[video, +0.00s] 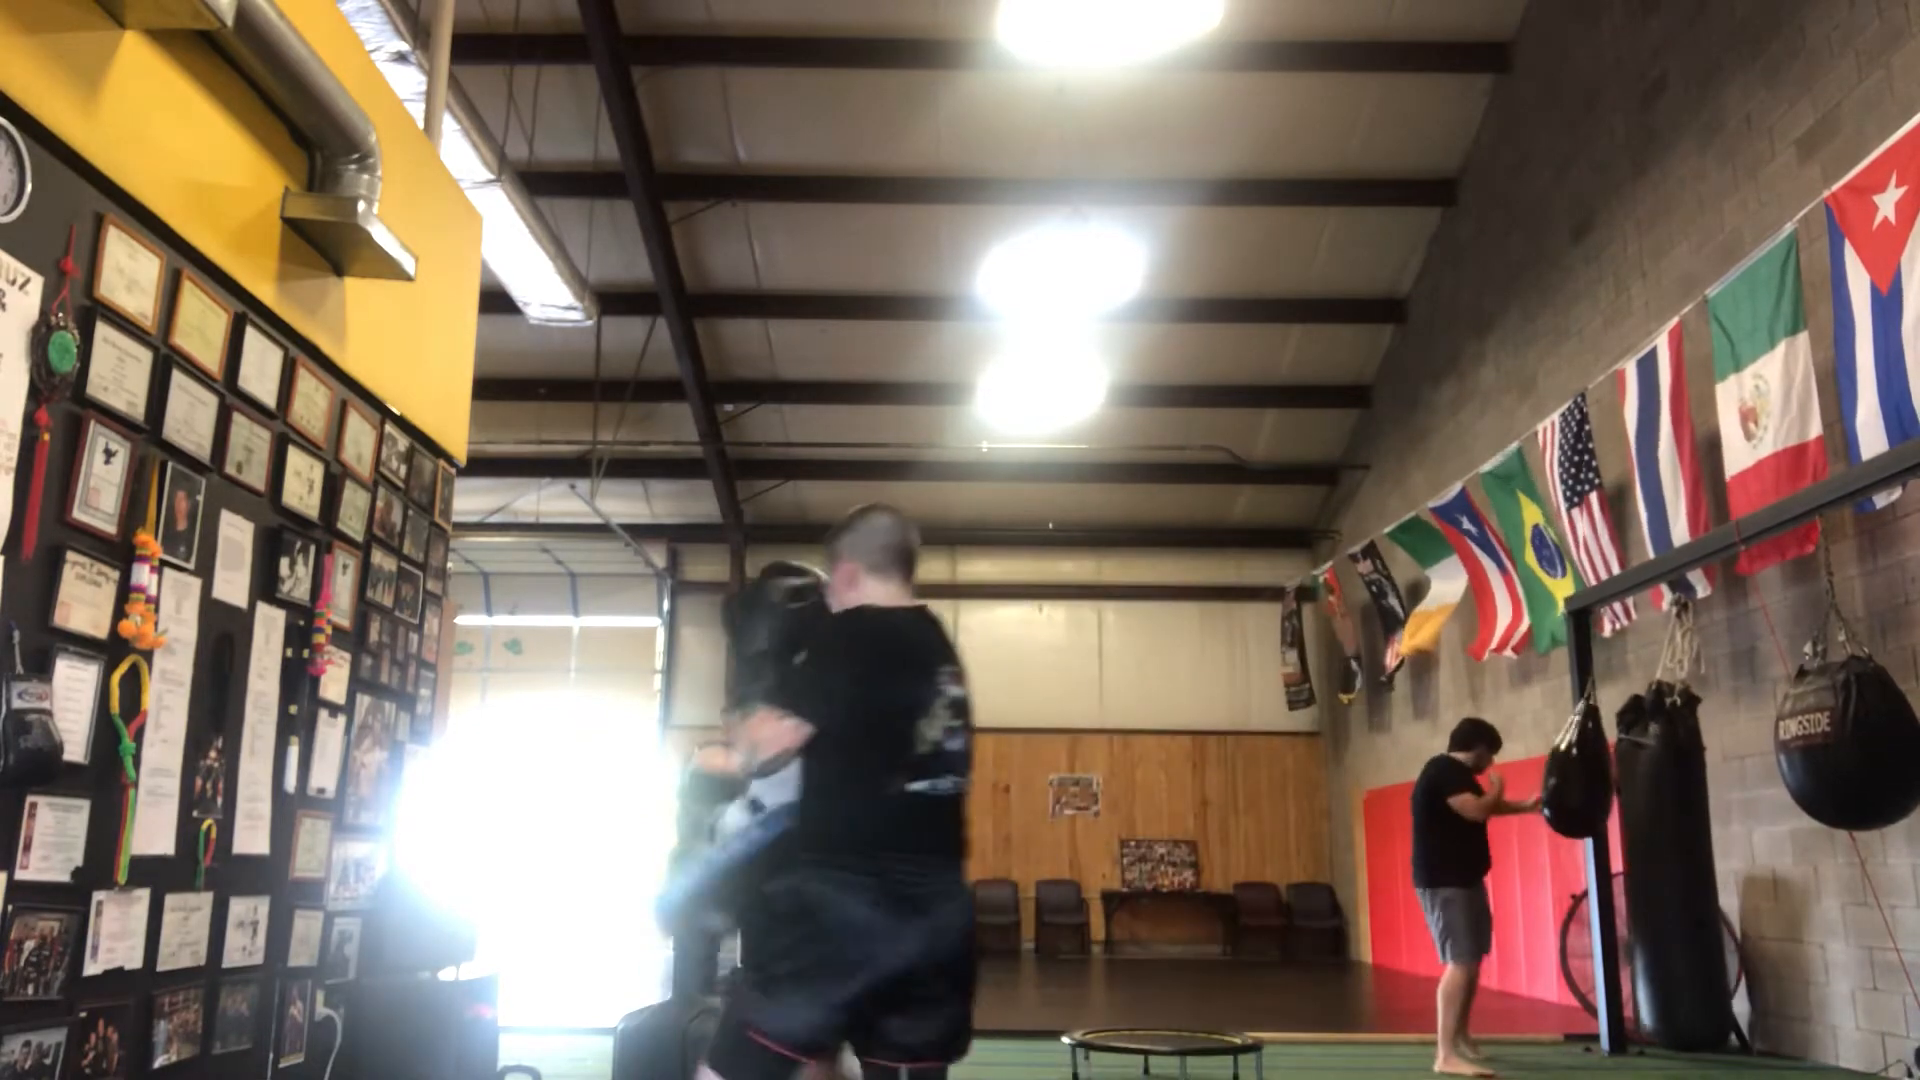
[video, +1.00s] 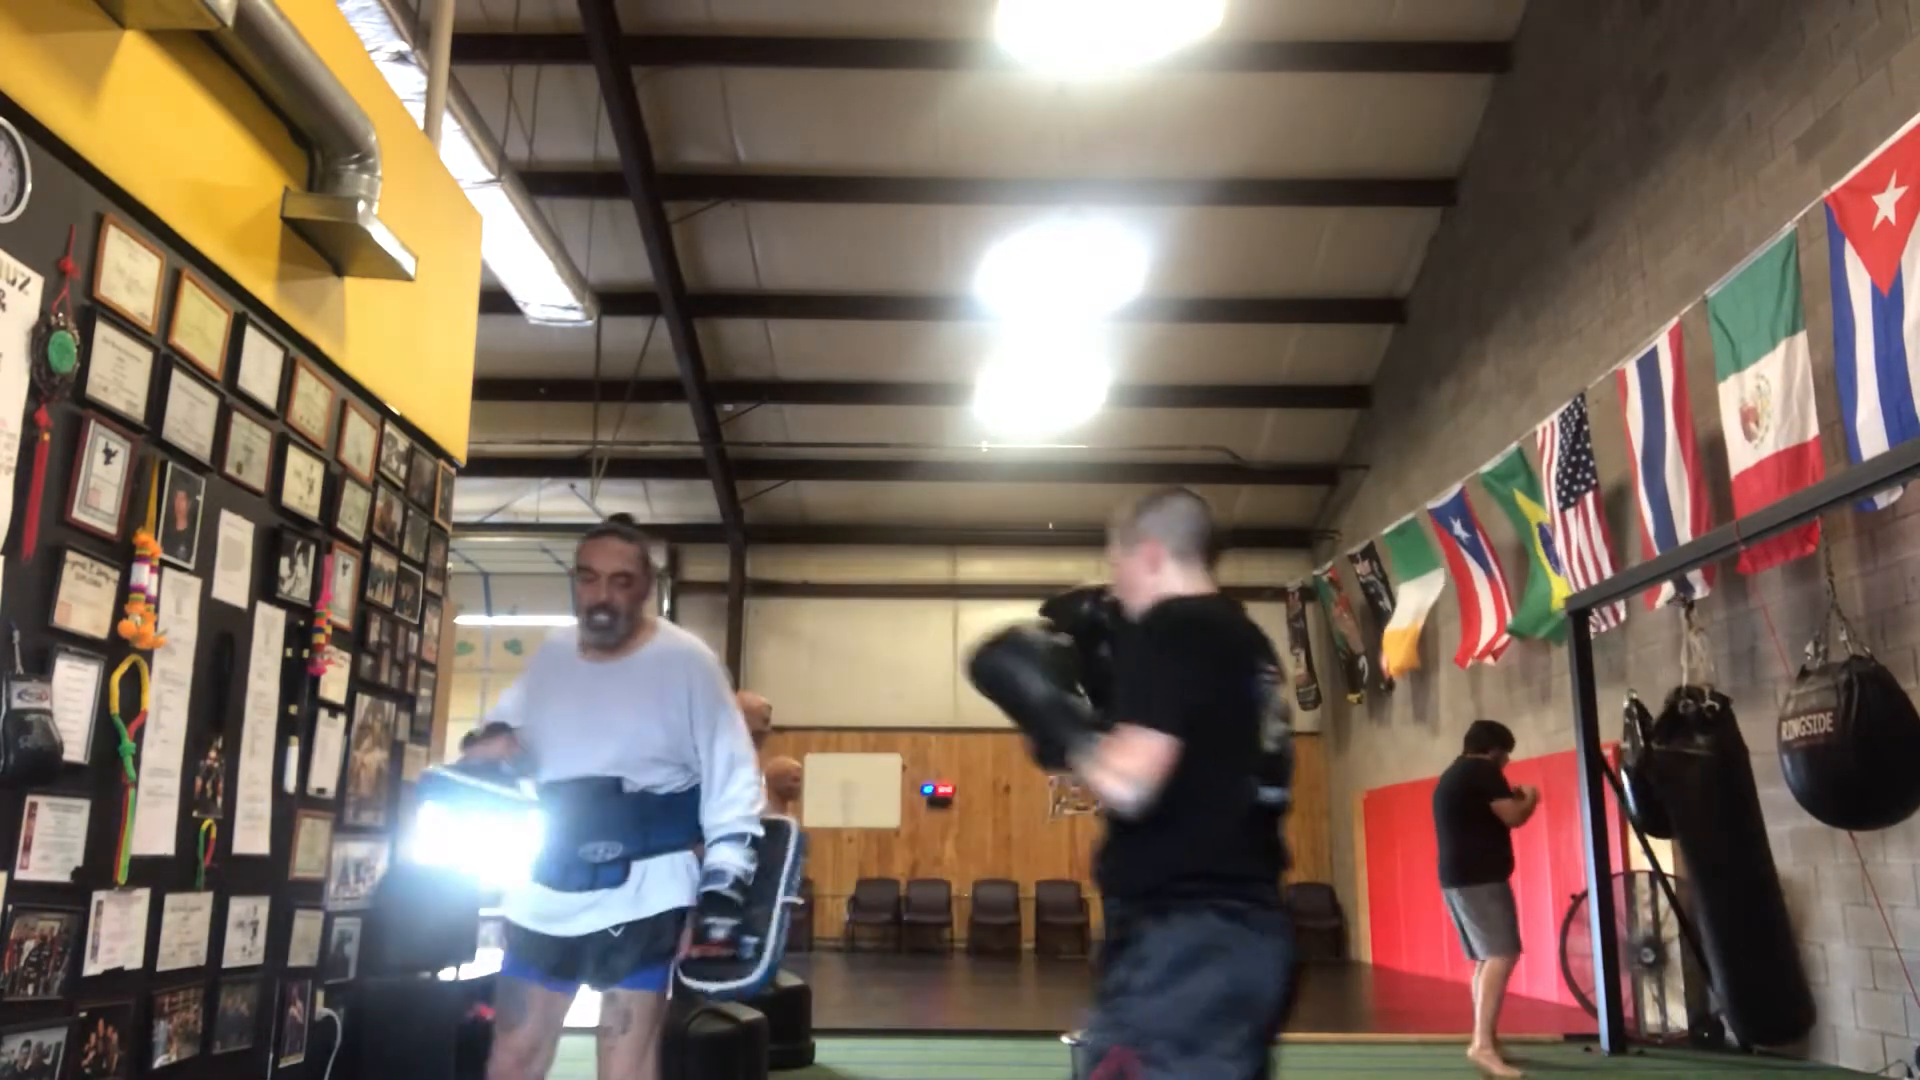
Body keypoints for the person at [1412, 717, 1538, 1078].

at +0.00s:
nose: (1489, 762)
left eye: (1491, 756)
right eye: (1488, 754)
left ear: (1465, 745)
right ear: (1474, 748)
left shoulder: (1463, 777)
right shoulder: (1442, 770)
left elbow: (1490, 808)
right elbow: (1473, 810)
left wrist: (1531, 805)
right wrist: (1496, 791)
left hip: (1467, 881)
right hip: (1444, 883)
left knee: (1471, 961)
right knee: (1460, 963)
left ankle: (1460, 1040)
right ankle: (1446, 1054)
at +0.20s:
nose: (1490, 761)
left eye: (1492, 754)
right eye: (1489, 753)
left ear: (1465, 747)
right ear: (1474, 749)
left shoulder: (1456, 776)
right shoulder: (1444, 775)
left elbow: (1466, 825)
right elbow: (1471, 828)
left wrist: (1495, 816)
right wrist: (1493, 808)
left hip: (1462, 881)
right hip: (1441, 883)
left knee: (1491, 947)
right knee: (1456, 964)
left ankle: (1464, 1028)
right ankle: (1445, 1056)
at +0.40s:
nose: (1490, 760)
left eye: (1492, 753)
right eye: (1489, 752)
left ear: (1457, 745)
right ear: (1475, 747)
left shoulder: (1434, 773)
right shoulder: (1458, 775)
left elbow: (1463, 825)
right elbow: (1482, 829)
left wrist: (1490, 807)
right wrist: (1503, 810)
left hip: (1456, 882)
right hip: (1449, 884)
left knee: (1490, 949)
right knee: (1451, 962)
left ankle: (1486, 1035)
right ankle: (1445, 1056)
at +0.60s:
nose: (1494, 763)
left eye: (1495, 756)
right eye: (1492, 756)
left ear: (1460, 750)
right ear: (1478, 752)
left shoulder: (1443, 779)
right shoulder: (1467, 778)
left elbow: (1471, 826)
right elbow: (1493, 827)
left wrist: (1504, 814)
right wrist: (1516, 814)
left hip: (1472, 885)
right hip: (1460, 884)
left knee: (1486, 960)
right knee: (1454, 962)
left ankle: (1488, 1045)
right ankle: (1445, 1055)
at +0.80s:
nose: (1499, 762)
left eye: (1501, 756)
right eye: (1498, 754)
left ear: (1467, 747)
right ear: (1485, 750)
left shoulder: (1452, 774)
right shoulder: (1474, 772)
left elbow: (1481, 819)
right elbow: (1500, 819)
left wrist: (1507, 799)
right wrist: (1520, 800)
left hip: (1457, 878)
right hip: (1470, 877)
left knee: (1485, 957)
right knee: (1486, 954)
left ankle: (1487, 1045)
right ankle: (1454, 1046)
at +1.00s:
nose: (1504, 763)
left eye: (1505, 757)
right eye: (1503, 756)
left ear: (1471, 747)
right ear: (1490, 751)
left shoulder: (1453, 775)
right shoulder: (1480, 772)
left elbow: (1491, 815)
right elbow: (1513, 816)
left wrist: (1516, 798)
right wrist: (1530, 799)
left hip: (1458, 880)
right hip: (1480, 879)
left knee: (1484, 960)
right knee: (1502, 953)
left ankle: (1483, 1042)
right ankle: (1482, 1045)